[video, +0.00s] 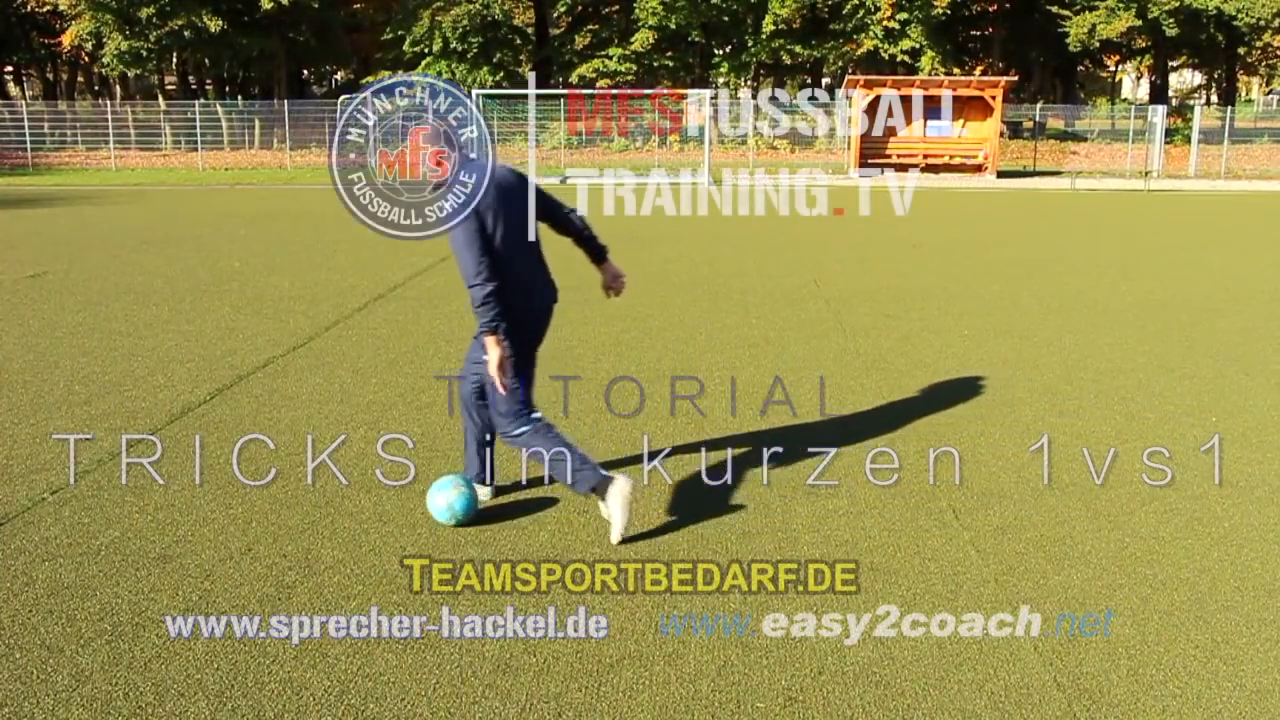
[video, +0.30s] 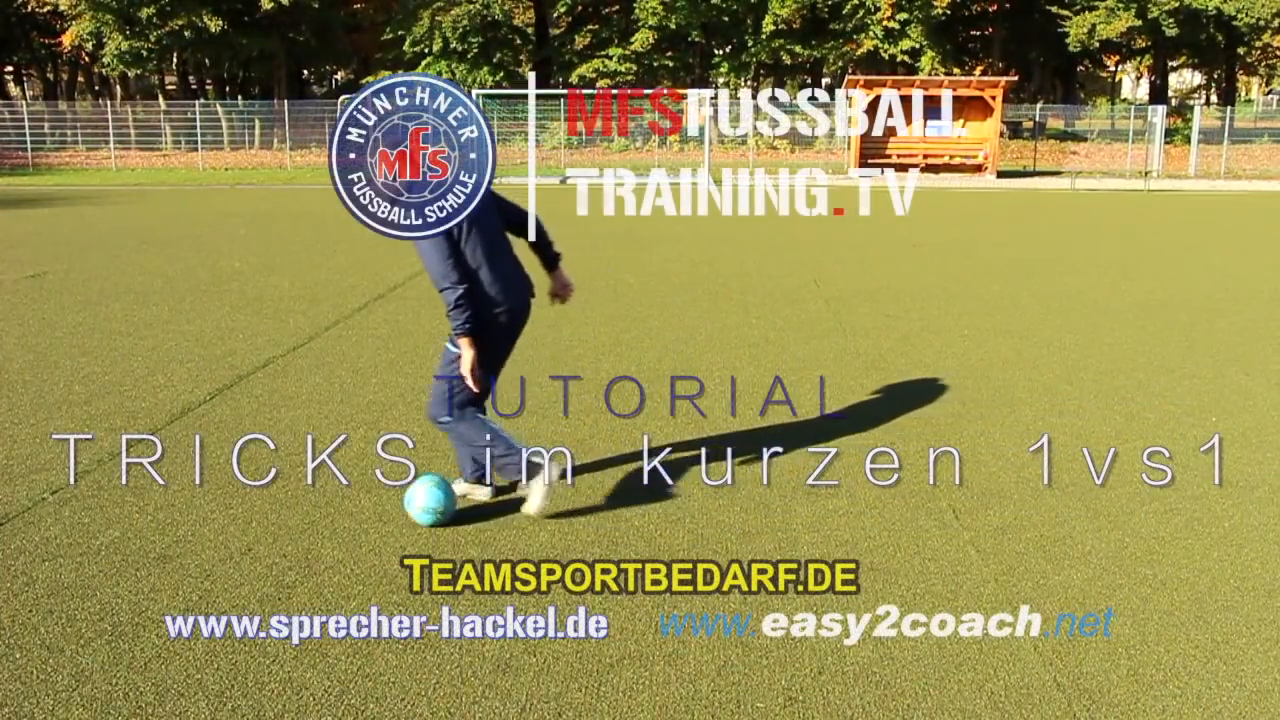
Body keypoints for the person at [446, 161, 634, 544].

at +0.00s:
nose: (426, 167)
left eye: (428, 158)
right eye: (424, 157)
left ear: (443, 157)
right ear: (461, 149)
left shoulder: (458, 199)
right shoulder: (504, 176)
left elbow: (478, 273)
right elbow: (562, 216)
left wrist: (492, 338)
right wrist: (604, 262)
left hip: (510, 311)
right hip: (537, 301)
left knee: (514, 420)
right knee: (473, 384)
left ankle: (606, 486)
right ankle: (478, 482)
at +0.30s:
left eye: (391, 182)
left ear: (405, 187)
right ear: (438, 169)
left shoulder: (427, 221)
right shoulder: (471, 193)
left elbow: (451, 283)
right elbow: (528, 223)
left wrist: (465, 343)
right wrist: (555, 269)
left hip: (486, 312)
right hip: (515, 300)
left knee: (445, 409)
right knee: (468, 396)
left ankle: (530, 468)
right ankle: (477, 479)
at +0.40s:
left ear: (394, 190)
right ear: (430, 175)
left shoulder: (415, 224)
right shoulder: (457, 198)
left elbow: (443, 282)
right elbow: (512, 225)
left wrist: (459, 344)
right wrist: (533, 272)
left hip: (477, 309)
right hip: (505, 299)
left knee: (420, 400)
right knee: (461, 392)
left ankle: (491, 474)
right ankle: (473, 474)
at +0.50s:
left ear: (388, 194)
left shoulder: (406, 224)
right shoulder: (445, 199)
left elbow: (437, 282)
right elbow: (500, 225)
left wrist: (454, 345)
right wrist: (519, 274)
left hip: (470, 310)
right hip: (495, 299)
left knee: (403, 394)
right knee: (454, 390)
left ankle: (468, 475)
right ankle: (473, 476)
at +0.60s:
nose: (337, 196)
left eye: (340, 187)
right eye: (334, 188)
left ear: (370, 188)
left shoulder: (397, 227)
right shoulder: (435, 201)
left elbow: (429, 286)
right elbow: (479, 226)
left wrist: (447, 346)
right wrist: (497, 275)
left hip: (449, 317)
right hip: (482, 305)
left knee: (382, 392)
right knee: (434, 389)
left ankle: (428, 482)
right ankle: (472, 480)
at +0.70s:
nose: (323, 193)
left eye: (324, 183)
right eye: (321, 184)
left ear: (344, 179)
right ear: (357, 174)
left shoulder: (380, 216)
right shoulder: (414, 190)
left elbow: (419, 282)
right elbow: (466, 226)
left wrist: (438, 344)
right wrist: (482, 275)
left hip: (439, 316)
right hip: (472, 303)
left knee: (371, 390)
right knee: (429, 391)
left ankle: (409, 485)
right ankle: (473, 480)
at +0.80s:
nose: (305, 187)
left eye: (307, 177)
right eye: (303, 179)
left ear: (329, 174)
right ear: (341, 169)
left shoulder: (365, 212)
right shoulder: (394, 185)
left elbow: (406, 283)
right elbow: (446, 221)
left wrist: (423, 345)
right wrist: (462, 271)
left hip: (425, 314)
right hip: (454, 303)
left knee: (354, 392)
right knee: (422, 393)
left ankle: (390, 495)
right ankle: (471, 481)